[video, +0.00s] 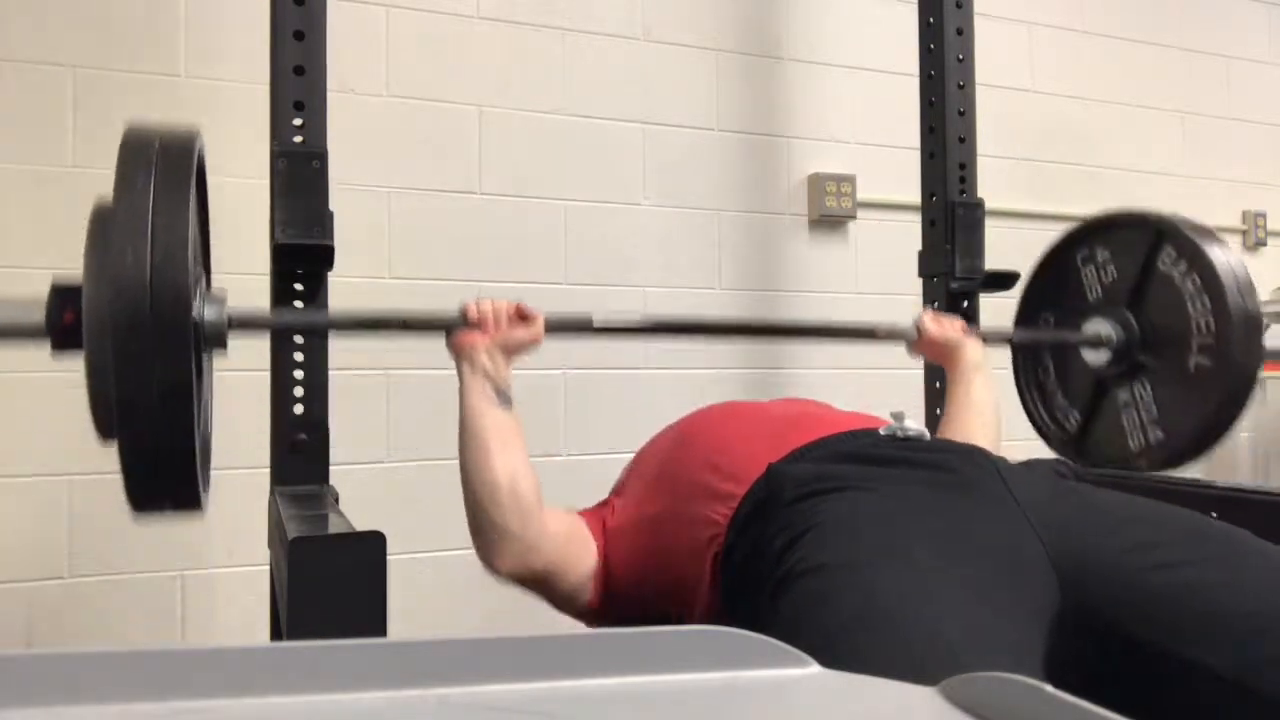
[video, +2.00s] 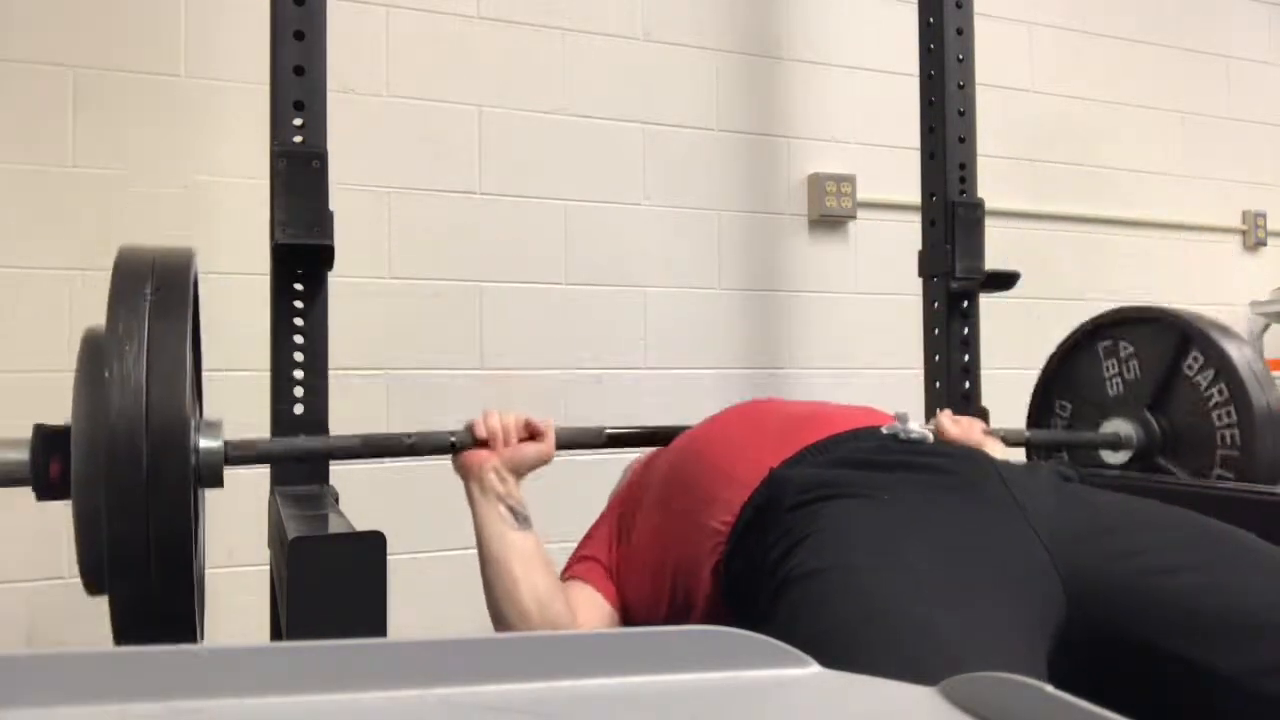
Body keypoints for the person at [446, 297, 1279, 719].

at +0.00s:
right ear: (650, 495)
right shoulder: (623, 542)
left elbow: (970, 477)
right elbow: (511, 537)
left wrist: (971, 358)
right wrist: (481, 374)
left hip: (1031, 487)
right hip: (845, 506)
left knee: (1269, 614)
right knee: (922, 690)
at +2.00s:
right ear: (645, 481)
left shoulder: (857, 422)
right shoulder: (621, 532)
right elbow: (553, 633)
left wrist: (985, 459)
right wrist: (492, 496)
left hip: (1031, 487)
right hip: (853, 502)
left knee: (1270, 604)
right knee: (935, 685)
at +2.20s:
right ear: (645, 496)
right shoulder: (634, 520)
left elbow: (1002, 505)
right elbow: (542, 593)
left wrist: (983, 406)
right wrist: (489, 423)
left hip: (1019, 476)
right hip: (852, 494)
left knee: (1273, 615)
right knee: (938, 677)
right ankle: (981, 702)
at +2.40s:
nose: (759, 423)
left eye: (792, 428)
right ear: (646, 486)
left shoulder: (861, 442)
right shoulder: (617, 543)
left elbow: (958, 456)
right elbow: (520, 502)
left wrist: (964, 333)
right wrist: (482, 338)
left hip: (1037, 487)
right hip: (853, 508)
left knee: (1270, 616)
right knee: (931, 683)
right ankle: (973, 702)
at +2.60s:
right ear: (617, 496)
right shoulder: (606, 529)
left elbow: (922, 418)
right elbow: (523, 432)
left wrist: (950, 288)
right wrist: (478, 273)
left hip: (1013, 479)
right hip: (837, 502)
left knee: (1275, 611)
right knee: (944, 692)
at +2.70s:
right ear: (619, 506)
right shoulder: (607, 536)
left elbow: (933, 434)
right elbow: (518, 453)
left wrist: (948, 298)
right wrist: (479, 290)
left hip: (1018, 483)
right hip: (839, 502)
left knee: (1275, 609)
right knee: (941, 694)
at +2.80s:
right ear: (643, 489)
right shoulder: (616, 540)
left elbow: (954, 463)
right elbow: (514, 502)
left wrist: (953, 335)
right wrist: (479, 332)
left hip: (1027, 484)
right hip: (844, 506)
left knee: (1274, 620)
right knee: (936, 686)